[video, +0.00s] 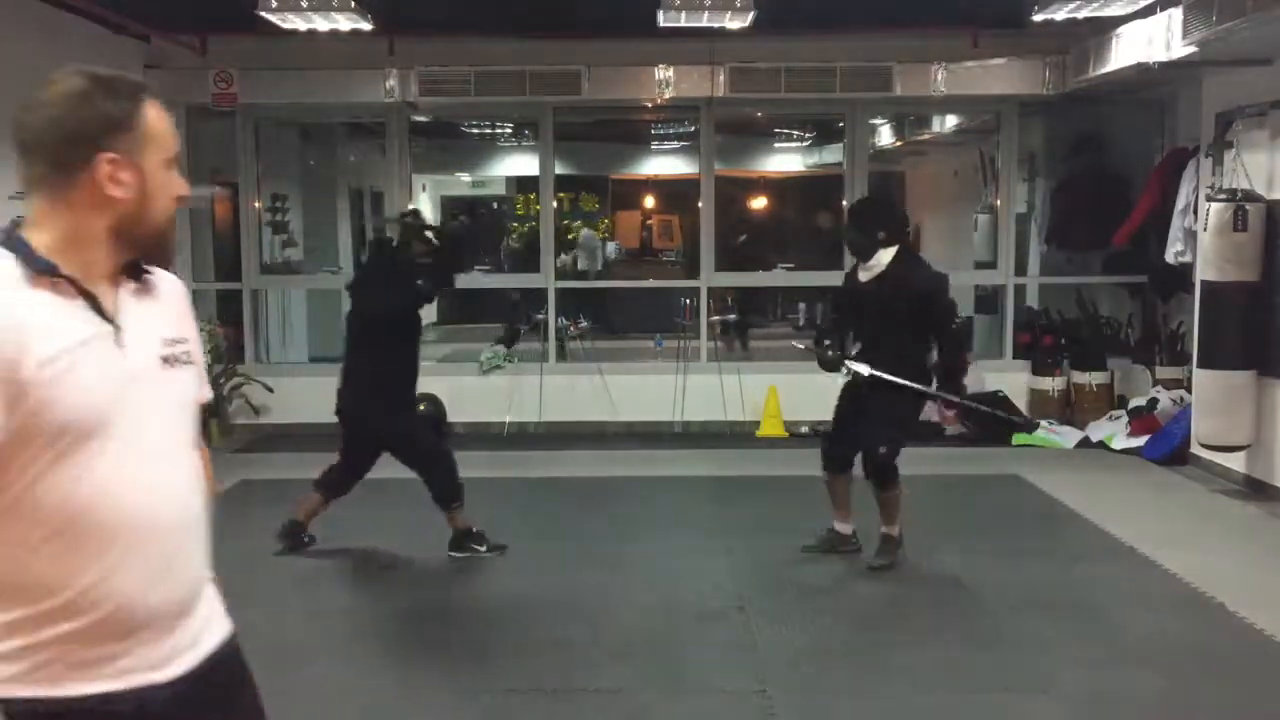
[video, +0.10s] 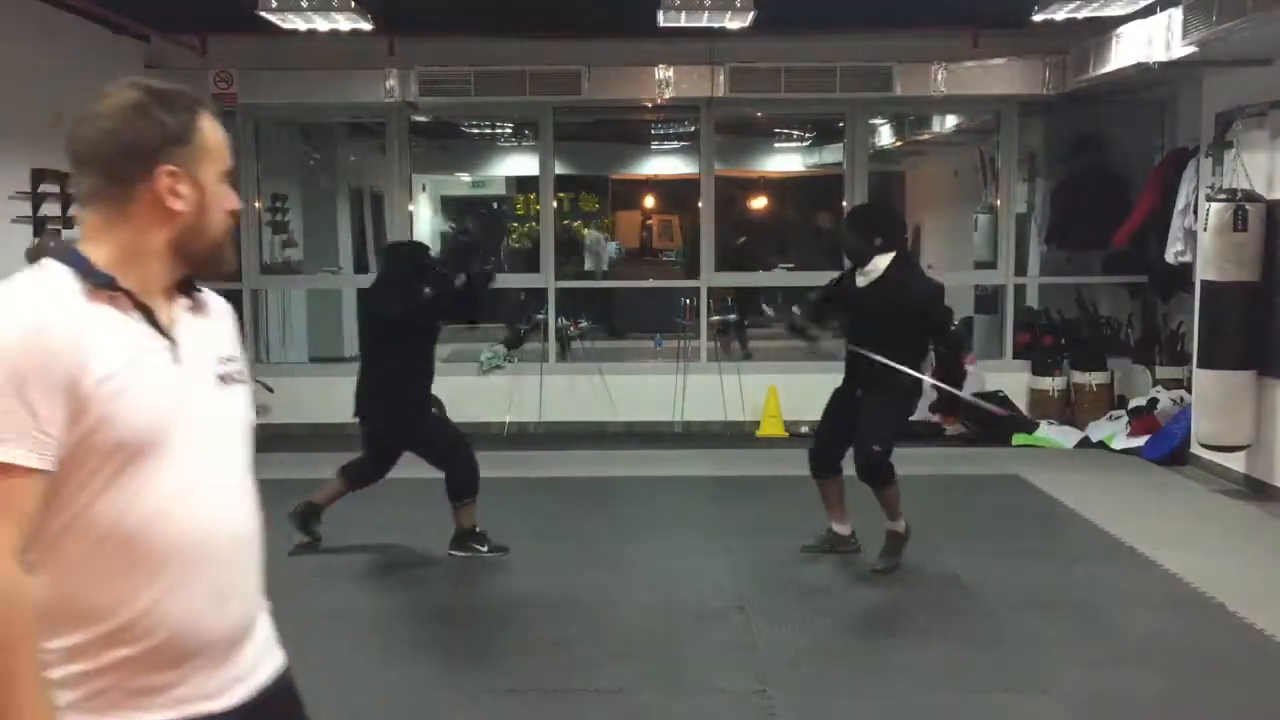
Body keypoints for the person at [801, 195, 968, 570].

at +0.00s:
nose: (848, 239)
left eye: (855, 232)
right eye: (848, 231)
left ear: (877, 233)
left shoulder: (920, 277)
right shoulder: (858, 275)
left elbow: (950, 337)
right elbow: (838, 319)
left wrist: (951, 390)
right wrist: (830, 346)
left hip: (905, 378)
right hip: (864, 373)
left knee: (878, 457)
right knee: (836, 451)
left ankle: (890, 536)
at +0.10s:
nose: (844, 246)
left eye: (850, 238)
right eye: (844, 238)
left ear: (873, 240)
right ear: (876, 241)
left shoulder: (917, 287)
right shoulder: (852, 281)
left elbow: (950, 346)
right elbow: (819, 311)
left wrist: (948, 403)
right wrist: (802, 318)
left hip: (896, 386)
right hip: (858, 381)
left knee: (871, 460)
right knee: (823, 456)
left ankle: (897, 529)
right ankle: (841, 534)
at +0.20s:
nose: (853, 238)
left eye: (858, 231)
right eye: (853, 231)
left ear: (877, 234)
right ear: (891, 234)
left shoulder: (919, 282)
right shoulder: (855, 271)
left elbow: (948, 346)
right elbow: (808, 284)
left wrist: (948, 402)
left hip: (894, 385)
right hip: (856, 380)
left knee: (877, 462)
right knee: (826, 452)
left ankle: (916, 541)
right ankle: (840, 531)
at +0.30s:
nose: (862, 230)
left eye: (869, 223)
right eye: (864, 223)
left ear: (888, 226)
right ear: (894, 225)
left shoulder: (924, 273)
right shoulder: (867, 264)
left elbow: (951, 341)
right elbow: (829, 270)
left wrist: (947, 397)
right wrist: (793, 254)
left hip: (900, 385)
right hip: (862, 381)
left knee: (892, 468)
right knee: (839, 455)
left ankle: (934, 553)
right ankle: (841, 531)